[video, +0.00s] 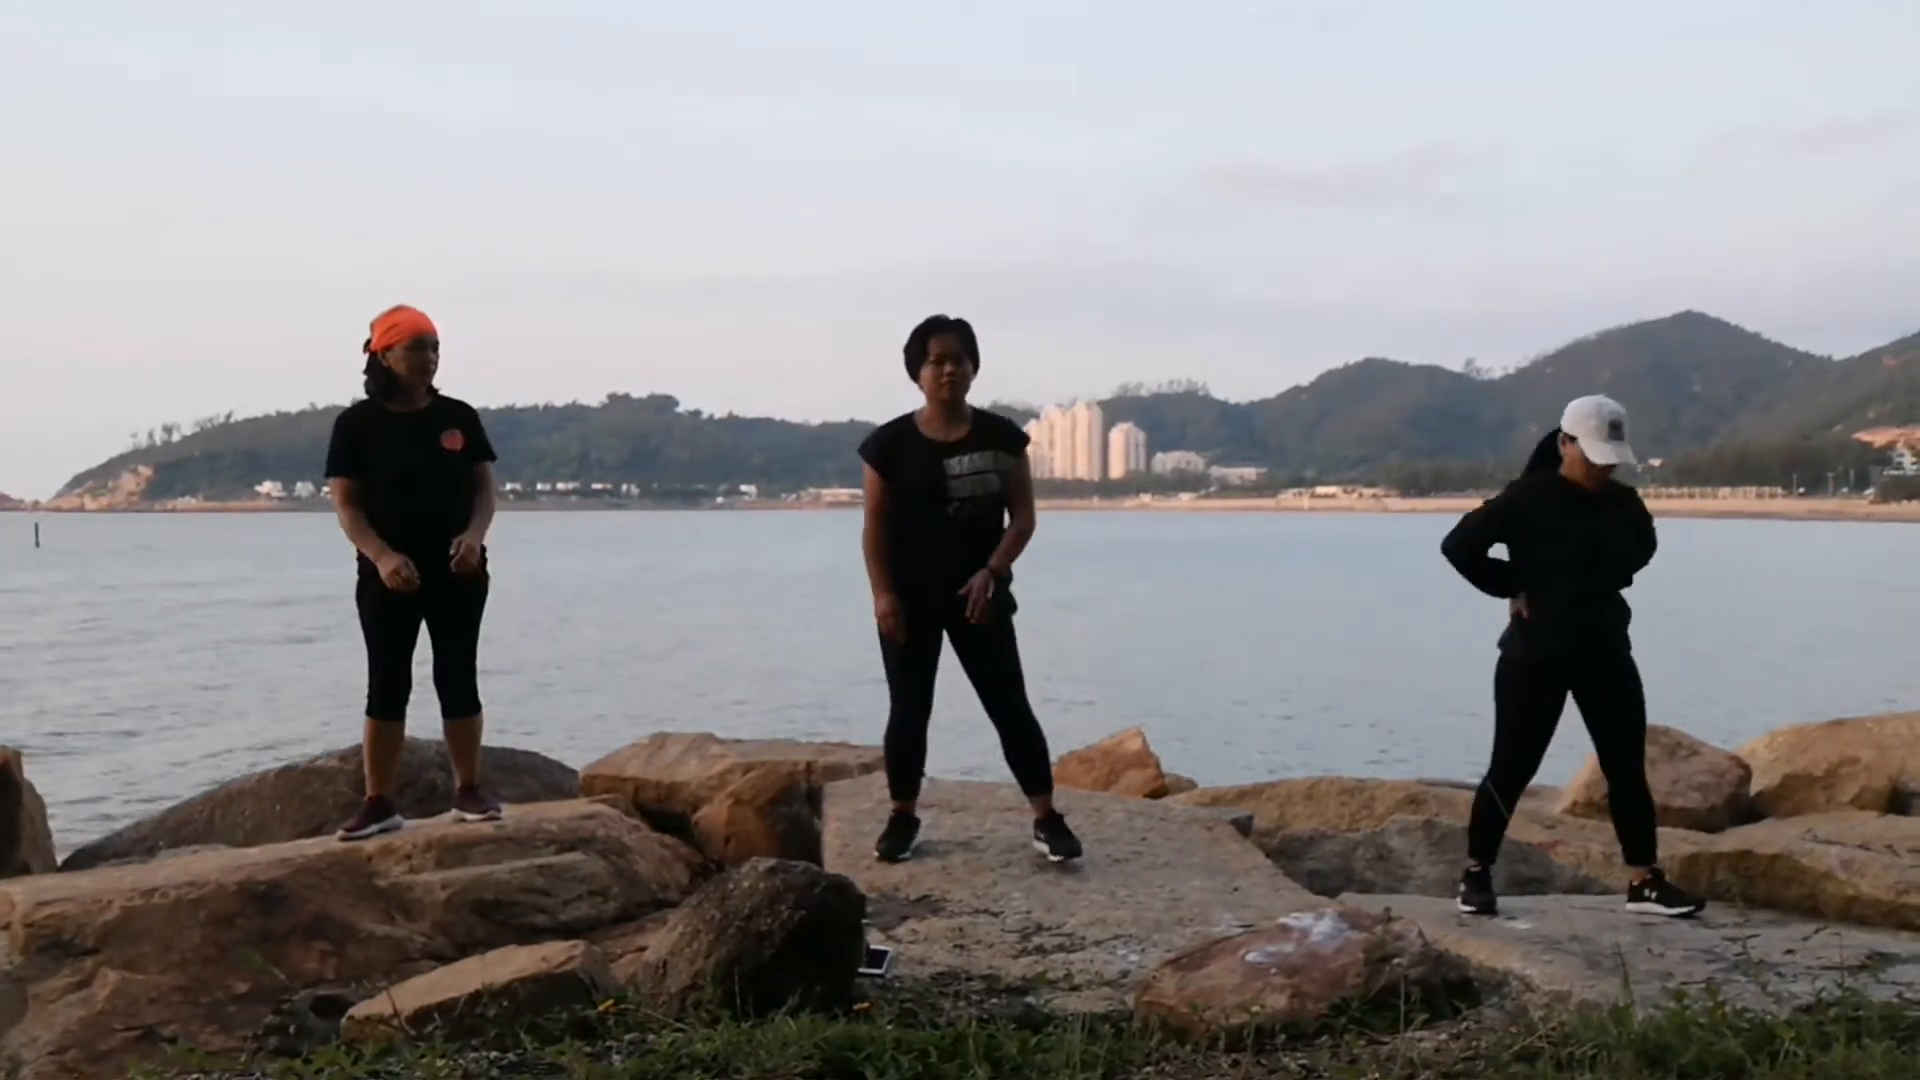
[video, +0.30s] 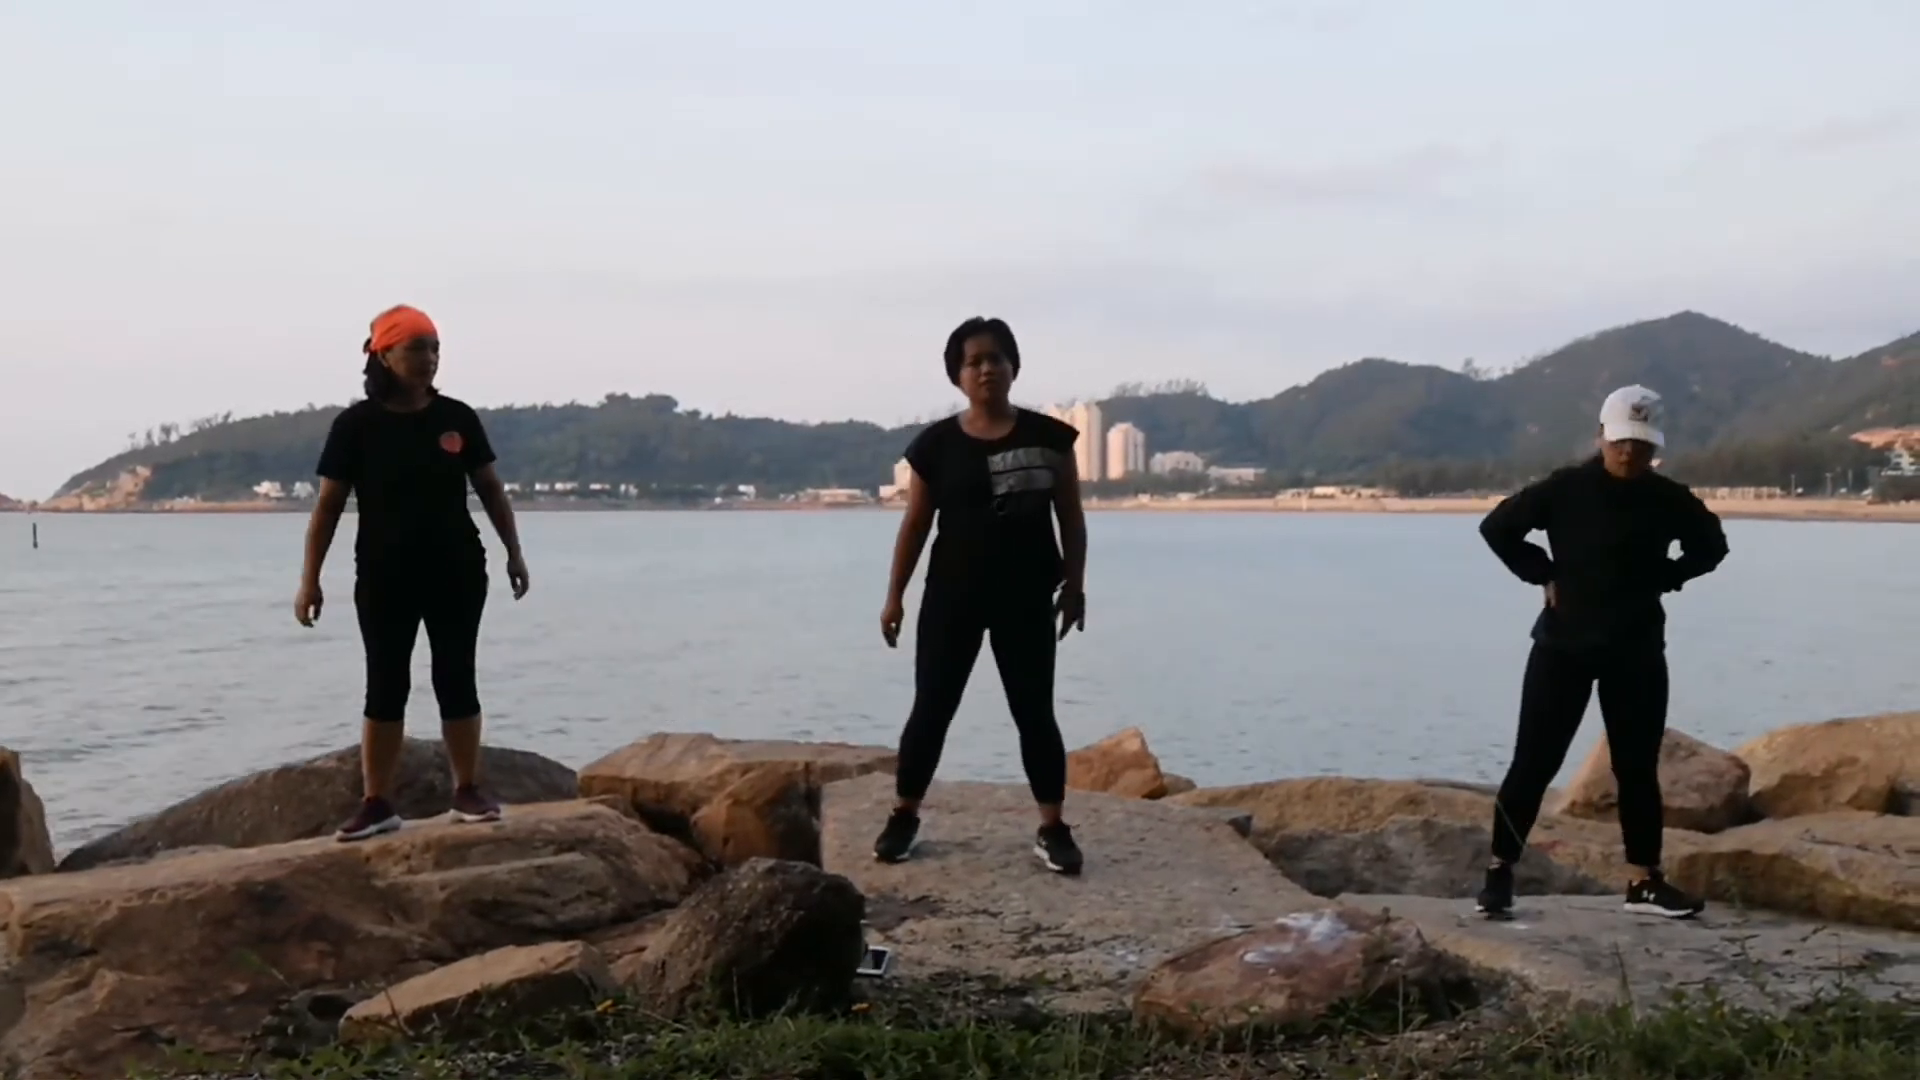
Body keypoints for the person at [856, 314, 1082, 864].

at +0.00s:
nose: (948, 370)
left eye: (957, 360)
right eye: (936, 361)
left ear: (973, 368)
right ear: (916, 371)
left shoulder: (1001, 437)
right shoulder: (888, 445)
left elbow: (1023, 519)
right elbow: (874, 527)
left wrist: (992, 571)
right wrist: (881, 592)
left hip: (979, 594)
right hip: (910, 598)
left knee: (1011, 709)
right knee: (907, 714)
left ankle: (1046, 817)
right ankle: (902, 817)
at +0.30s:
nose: (986, 371)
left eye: (996, 360)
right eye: (974, 362)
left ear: (1013, 368)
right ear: (957, 374)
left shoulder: (1050, 439)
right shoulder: (935, 447)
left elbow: (1071, 518)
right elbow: (914, 526)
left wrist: (1075, 583)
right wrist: (895, 594)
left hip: (1026, 600)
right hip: (953, 600)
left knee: (1036, 714)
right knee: (930, 710)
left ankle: (1053, 826)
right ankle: (904, 817)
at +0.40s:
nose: (1001, 369)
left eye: (1011, 358)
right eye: (989, 360)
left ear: (1029, 368)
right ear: (972, 373)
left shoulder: (1061, 441)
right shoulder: (946, 445)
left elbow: (1084, 519)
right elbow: (931, 528)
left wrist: (1092, 587)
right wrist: (923, 599)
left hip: (1037, 601)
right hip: (964, 601)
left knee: (1043, 715)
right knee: (938, 711)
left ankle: (1053, 827)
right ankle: (905, 815)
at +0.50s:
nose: (1010, 367)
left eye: (1020, 357)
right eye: (998, 359)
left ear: (1038, 366)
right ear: (982, 371)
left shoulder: (1071, 441)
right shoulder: (956, 442)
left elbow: (1092, 521)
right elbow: (938, 524)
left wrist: (1103, 591)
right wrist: (926, 597)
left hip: (1041, 604)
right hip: (969, 601)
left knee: (1046, 716)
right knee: (940, 709)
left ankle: (1053, 827)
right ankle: (906, 814)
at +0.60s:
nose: (1013, 367)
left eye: (1024, 357)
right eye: (1002, 358)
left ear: (1042, 366)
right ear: (986, 369)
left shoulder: (1075, 442)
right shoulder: (959, 440)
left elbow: (1095, 520)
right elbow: (939, 519)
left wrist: (1107, 590)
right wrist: (924, 591)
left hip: (1041, 603)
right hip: (969, 599)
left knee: (1046, 717)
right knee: (934, 707)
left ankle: (1053, 828)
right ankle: (902, 811)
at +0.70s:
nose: (1011, 368)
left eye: (1022, 358)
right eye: (1000, 359)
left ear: (1041, 367)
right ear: (984, 370)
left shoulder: (1071, 444)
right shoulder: (955, 440)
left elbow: (1093, 523)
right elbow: (934, 522)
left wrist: (1102, 592)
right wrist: (923, 594)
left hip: (1035, 604)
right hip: (962, 601)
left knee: (1042, 718)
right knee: (929, 708)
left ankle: (1052, 827)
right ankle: (900, 812)